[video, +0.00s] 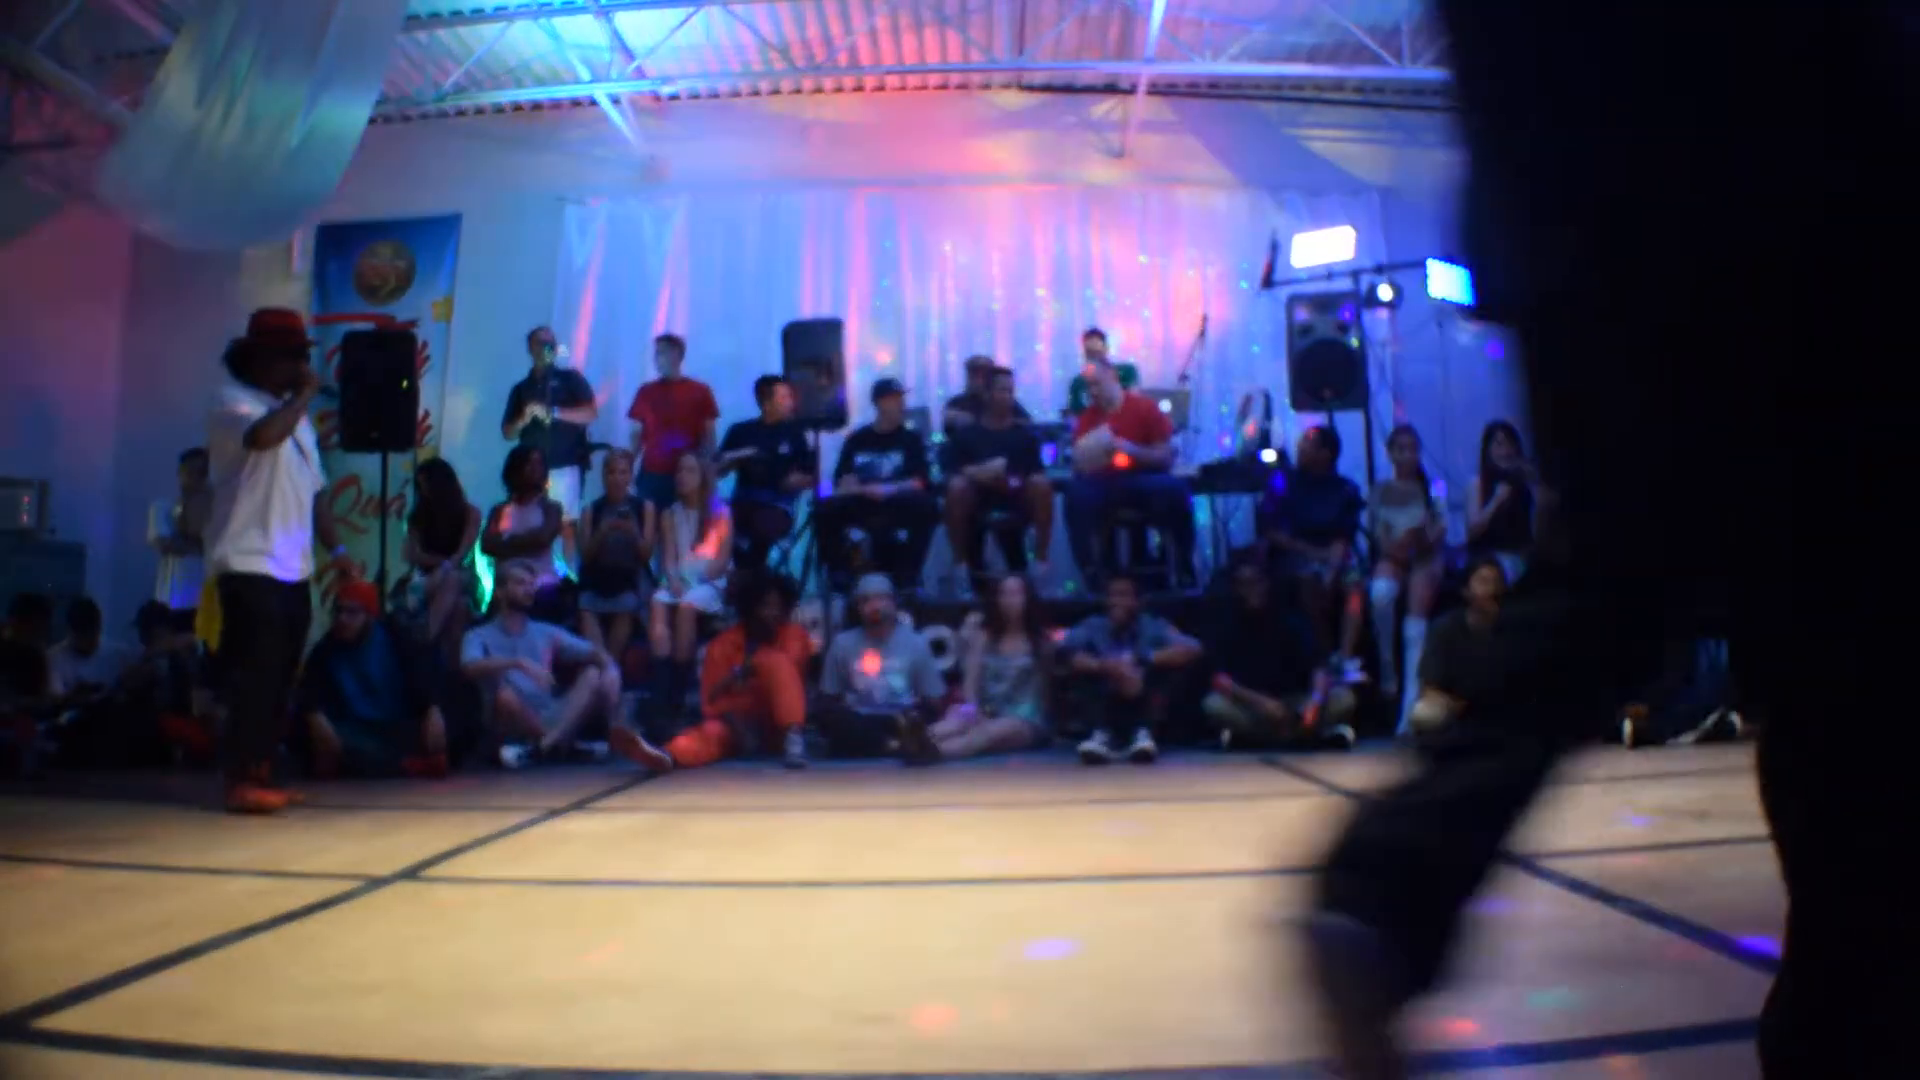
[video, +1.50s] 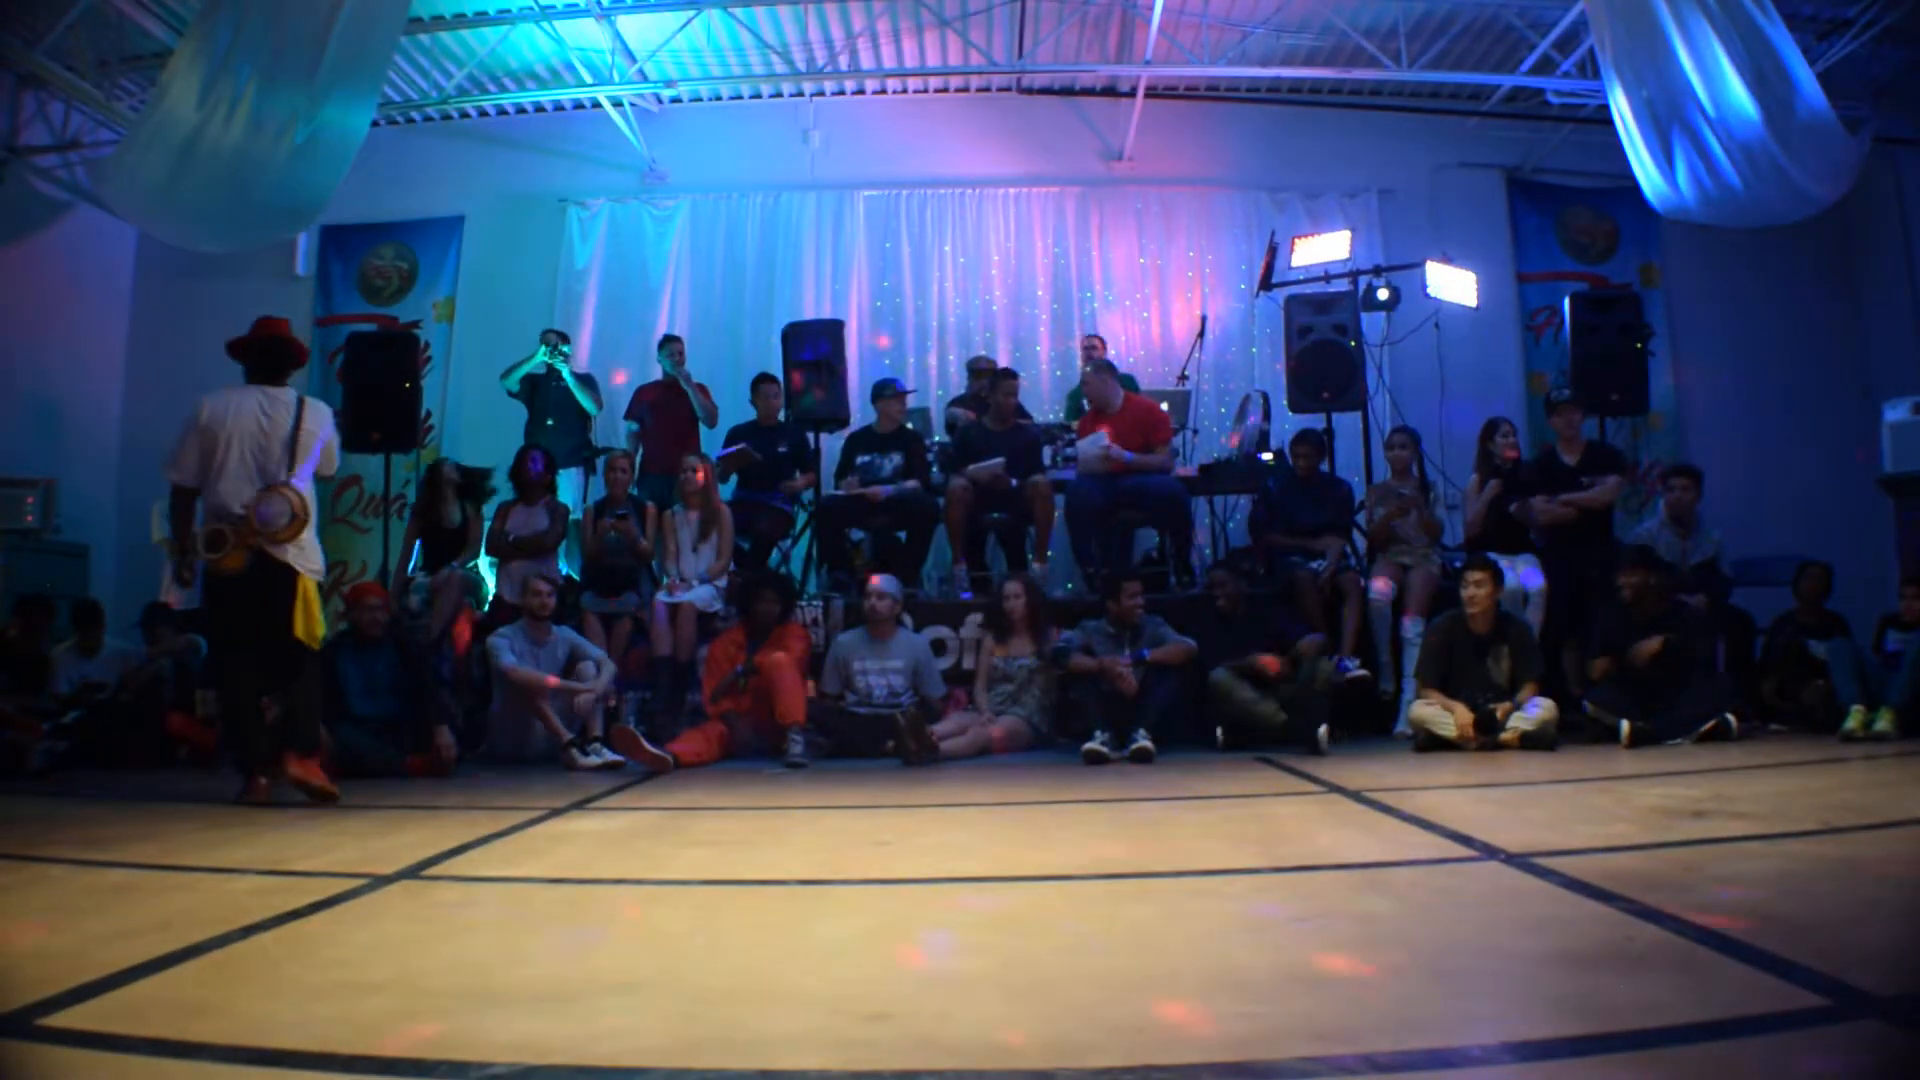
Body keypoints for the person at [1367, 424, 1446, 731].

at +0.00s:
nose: (1406, 454)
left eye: (1411, 447)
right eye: (1399, 448)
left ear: (1419, 451)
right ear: (1390, 452)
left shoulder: (1430, 487)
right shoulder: (1380, 491)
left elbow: (1440, 526)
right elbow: (1373, 529)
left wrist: (1417, 542)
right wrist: (1394, 546)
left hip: (1423, 557)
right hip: (1390, 557)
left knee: (1415, 627)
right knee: (1380, 595)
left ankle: (1411, 706)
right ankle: (1387, 669)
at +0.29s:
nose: (1401, 459)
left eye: (1406, 452)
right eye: (1395, 453)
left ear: (1416, 455)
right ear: (1387, 457)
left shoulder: (1428, 490)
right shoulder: (1378, 492)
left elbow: (1437, 530)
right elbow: (1373, 534)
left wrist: (1404, 538)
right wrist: (1397, 540)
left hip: (1420, 559)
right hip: (1388, 558)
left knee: (1412, 628)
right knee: (1378, 594)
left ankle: (1408, 702)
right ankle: (1385, 669)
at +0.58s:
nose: (1399, 460)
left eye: (1404, 453)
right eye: (1393, 454)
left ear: (1413, 454)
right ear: (1385, 457)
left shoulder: (1425, 489)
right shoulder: (1375, 491)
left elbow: (1433, 535)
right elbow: (1371, 534)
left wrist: (1412, 515)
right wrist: (1385, 514)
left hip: (1419, 554)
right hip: (1386, 553)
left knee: (1409, 626)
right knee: (1375, 595)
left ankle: (1404, 708)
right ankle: (1382, 670)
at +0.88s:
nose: (1401, 458)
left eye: (1406, 452)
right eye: (1395, 452)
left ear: (1415, 454)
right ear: (1387, 456)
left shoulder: (1428, 488)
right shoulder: (1377, 492)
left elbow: (1436, 532)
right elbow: (1374, 535)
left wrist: (1418, 511)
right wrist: (1391, 516)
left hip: (1421, 552)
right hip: (1389, 553)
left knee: (1413, 626)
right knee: (1378, 593)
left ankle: (1408, 709)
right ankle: (1385, 669)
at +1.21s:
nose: (1399, 455)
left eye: (1406, 449)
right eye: (1393, 449)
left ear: (1416, 453)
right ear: (1386, 454)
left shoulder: (1429, 489)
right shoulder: (1377, 491)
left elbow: (1436, 533)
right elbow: (1374, 534)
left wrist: (1418, 511)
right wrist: (1392, 515)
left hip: (1421, 553)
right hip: (1389, 553)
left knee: (1413, 626)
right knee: (1378, 595)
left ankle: (1408, 709)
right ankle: (1385, 670)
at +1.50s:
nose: (1398, 453)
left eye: (1404, 447)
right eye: (1392, 448)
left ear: (1416, 452)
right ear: (1385, 453)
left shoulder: (1429, 489)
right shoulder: (1377, 491)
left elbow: (1436, 533)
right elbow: (1373, 536)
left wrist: (1419, 507)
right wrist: (1389, 517)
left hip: (1422, 554)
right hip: (1389, 554)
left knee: (1412, 625)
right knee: (1378, 593)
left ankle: (1408, 709)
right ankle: (1385, 672)